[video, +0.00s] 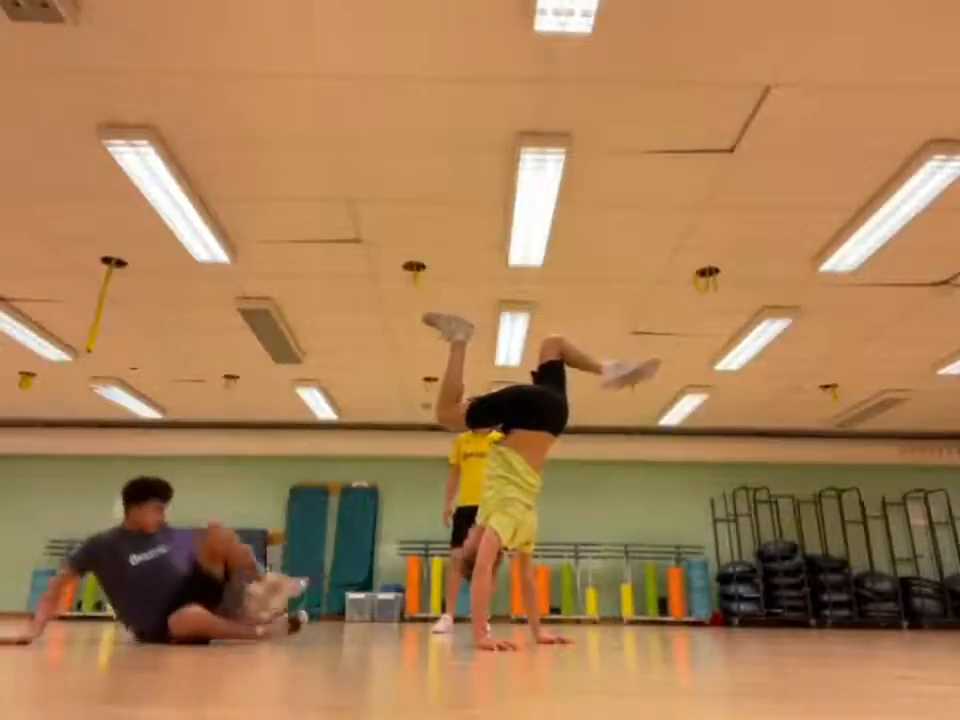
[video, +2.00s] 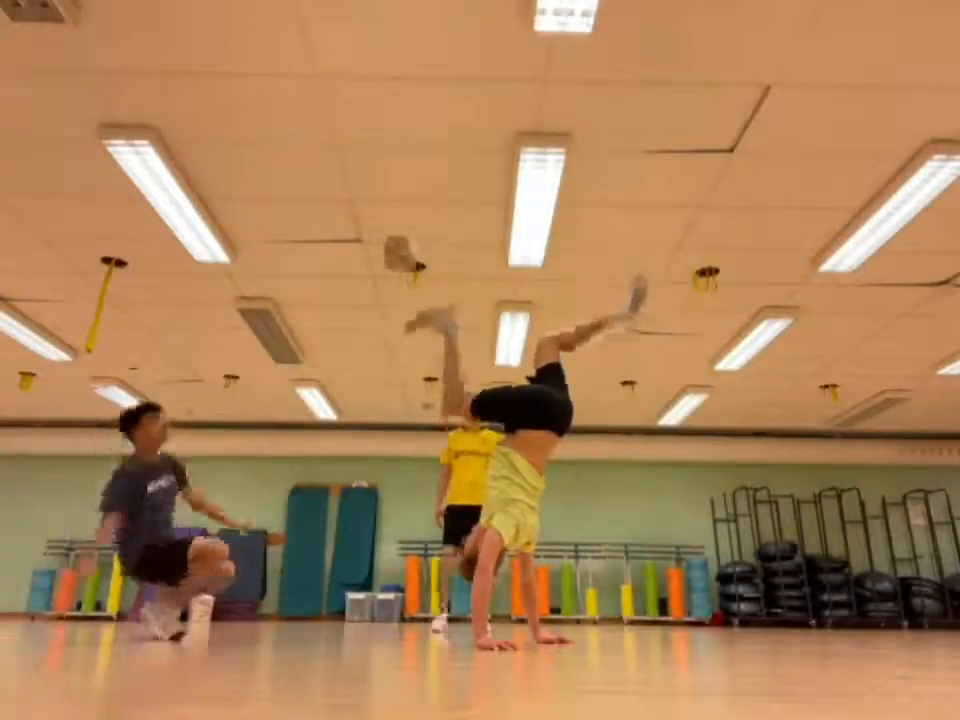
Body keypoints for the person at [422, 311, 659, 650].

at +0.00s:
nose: (480, 558)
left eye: (466, 554)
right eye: (473, 557)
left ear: (467, 545)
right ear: (472, 543)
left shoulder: (523, 536)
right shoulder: (493, 527)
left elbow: (528, 583)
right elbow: (481, 575)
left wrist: (537, 631)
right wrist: (481, 635)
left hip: (552, 413)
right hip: (530, 410)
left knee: (552, 345)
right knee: (449, 414)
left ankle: (607, 370)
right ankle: (458, 341)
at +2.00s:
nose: (481, 557)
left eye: (473, 556)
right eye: (477, 556)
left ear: (472, 549)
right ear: (473, 543)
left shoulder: (526, 538)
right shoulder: (497, 528)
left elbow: (528, 585)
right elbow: (483, 577)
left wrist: (537, 632)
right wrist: (482, 636)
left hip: (557, 412)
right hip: (536, 412)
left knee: (549, 345)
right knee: (457, 407)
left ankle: (620, 317)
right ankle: (450, 334)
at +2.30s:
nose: (463, 539)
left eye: (458, 542)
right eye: (463, 546)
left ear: (467, 549)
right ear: (473, 554)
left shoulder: (519, 539)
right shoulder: (491, 532)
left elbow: (529, 586)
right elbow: (482, 578)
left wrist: (537, 632)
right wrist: (481, 635)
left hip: (553, 415)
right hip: (531, 410)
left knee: (538, 350)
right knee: (469, 353)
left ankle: (599, 313)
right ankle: (457, 272)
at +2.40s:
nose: (467, 540)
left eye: (466, 548)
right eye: (470, 550)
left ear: (470, 555)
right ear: (475, 552)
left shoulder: (516, 537)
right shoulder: (491, 533)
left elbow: (527, 584)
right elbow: (481, 582)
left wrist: (537, 631)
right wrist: (481, 636)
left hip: (549, 414)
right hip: (534, 413)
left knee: (531, 353)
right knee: (472, 353)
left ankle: (598, 322)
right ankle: (458, 267)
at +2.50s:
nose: (478, 564)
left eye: (471, 561)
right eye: (473, 560)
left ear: (473, 558)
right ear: (474, 554)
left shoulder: (518, 539)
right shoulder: (495, 532)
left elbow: (528, 586)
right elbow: (481, 581)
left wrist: (538, 633)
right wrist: (480, 636)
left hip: (549, 416)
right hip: (533, 412)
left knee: (530, 351)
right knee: (470, 354)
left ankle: (595, 330)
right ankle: (464, 274)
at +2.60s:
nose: (479, 573)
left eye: (471, 574)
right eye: (472, 573)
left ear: (475, 556)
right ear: (474, 549)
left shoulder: (518, 538)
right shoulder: (495, 530)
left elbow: (527, 585)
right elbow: (481, 578)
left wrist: (537, 633)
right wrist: (481, 634)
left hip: (550, 417)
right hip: (536, 413)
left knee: (530, 353)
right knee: (468, 358)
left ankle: (593, 334)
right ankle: (464, 274)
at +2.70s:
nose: (472, 540)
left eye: (470, 546)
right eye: (473, 546)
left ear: (475, 552)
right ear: (476, 546)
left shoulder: (519, 538)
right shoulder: (495, 529)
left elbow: (527, 585)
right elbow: (480, 577)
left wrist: (537, 633)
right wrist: (481, 635)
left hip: (554, 417)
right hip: (533, 412)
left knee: (533, 358)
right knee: (462, 366)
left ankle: (594, 335)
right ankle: (459, 280)